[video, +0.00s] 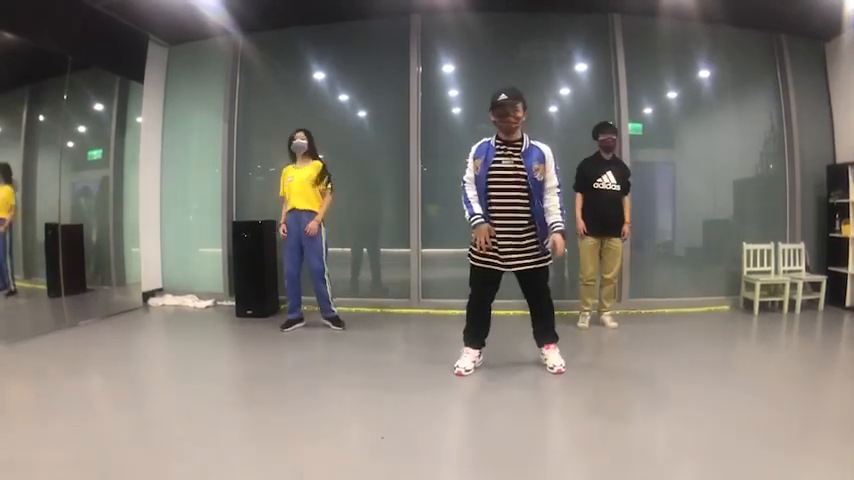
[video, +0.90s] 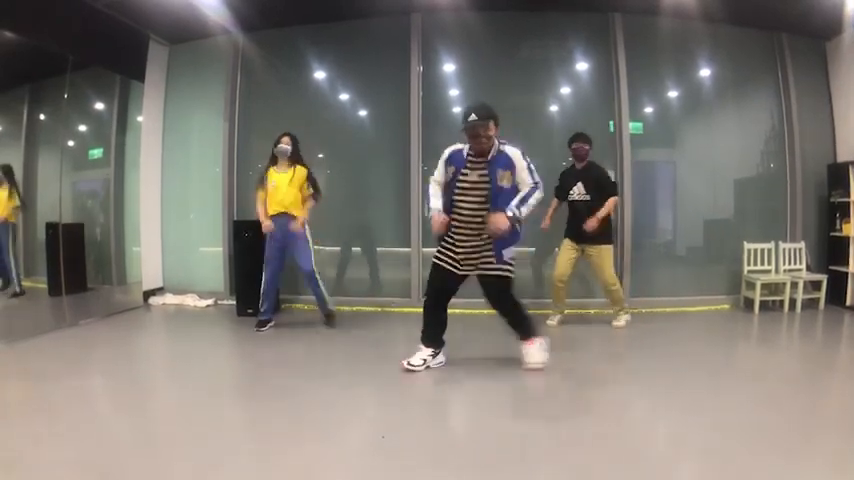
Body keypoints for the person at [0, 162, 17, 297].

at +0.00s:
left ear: (3, 174)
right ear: (8, 174)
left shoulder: (8, 190)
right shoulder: (6, 190)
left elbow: (12, 209)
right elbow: (12, 210)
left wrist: (5, 225)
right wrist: (5, 224)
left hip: (4, 222)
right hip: (3, 222)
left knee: (6, 254)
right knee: (3, 255)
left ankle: (11, 285)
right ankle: (4, 283)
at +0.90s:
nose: (0, 177)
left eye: (1, 174)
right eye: (1, 174)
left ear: (5, 175)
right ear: (7, 174)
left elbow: (13, 205)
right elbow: (9, 205)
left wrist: (5, 216)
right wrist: (5, 215)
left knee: (9, 254)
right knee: (4, 254)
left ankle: (17, 286)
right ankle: (5, 280)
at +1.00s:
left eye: (1, 175)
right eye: (1, 175)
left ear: (6, 176)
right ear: (9, 175)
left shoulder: (9, 190)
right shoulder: (11, 189)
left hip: (7, 220)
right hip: (6, 220)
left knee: (9, 253)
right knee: (6, 253)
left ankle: (18, 287)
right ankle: (17, 285)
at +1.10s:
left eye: (1, 175)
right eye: (1, 175)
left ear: (5, 176)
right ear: (10, 175)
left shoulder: (7, 190)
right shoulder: (12, 190)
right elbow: (14, 207)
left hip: (6, 222)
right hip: (7, 221)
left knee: (7, 255)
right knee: (6, 255)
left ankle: (19, 287)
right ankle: (18, 286)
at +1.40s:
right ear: (3, 182)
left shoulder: (4, 193)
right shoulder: (5, 193)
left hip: (2, 226)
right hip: (3, 226)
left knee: (3, 261)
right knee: (4, 261)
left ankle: (18, 287)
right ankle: (18, 287)